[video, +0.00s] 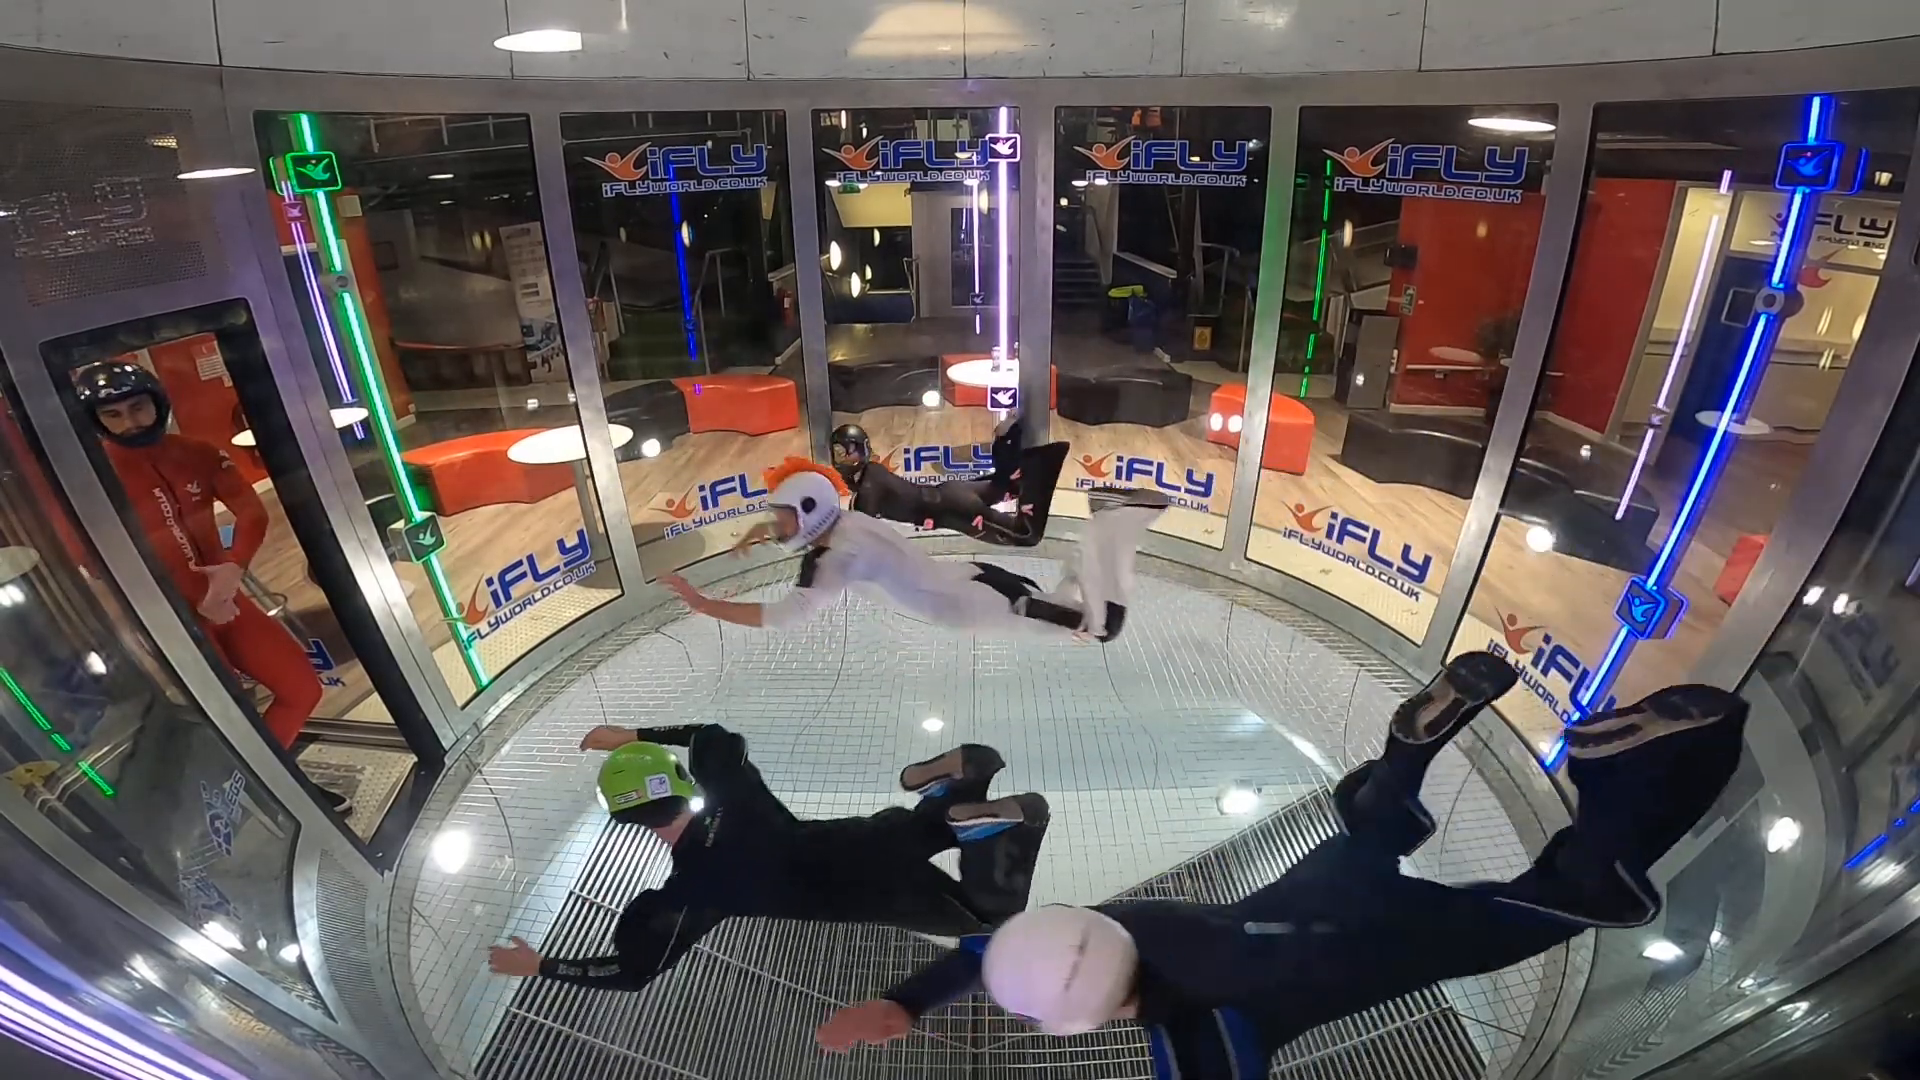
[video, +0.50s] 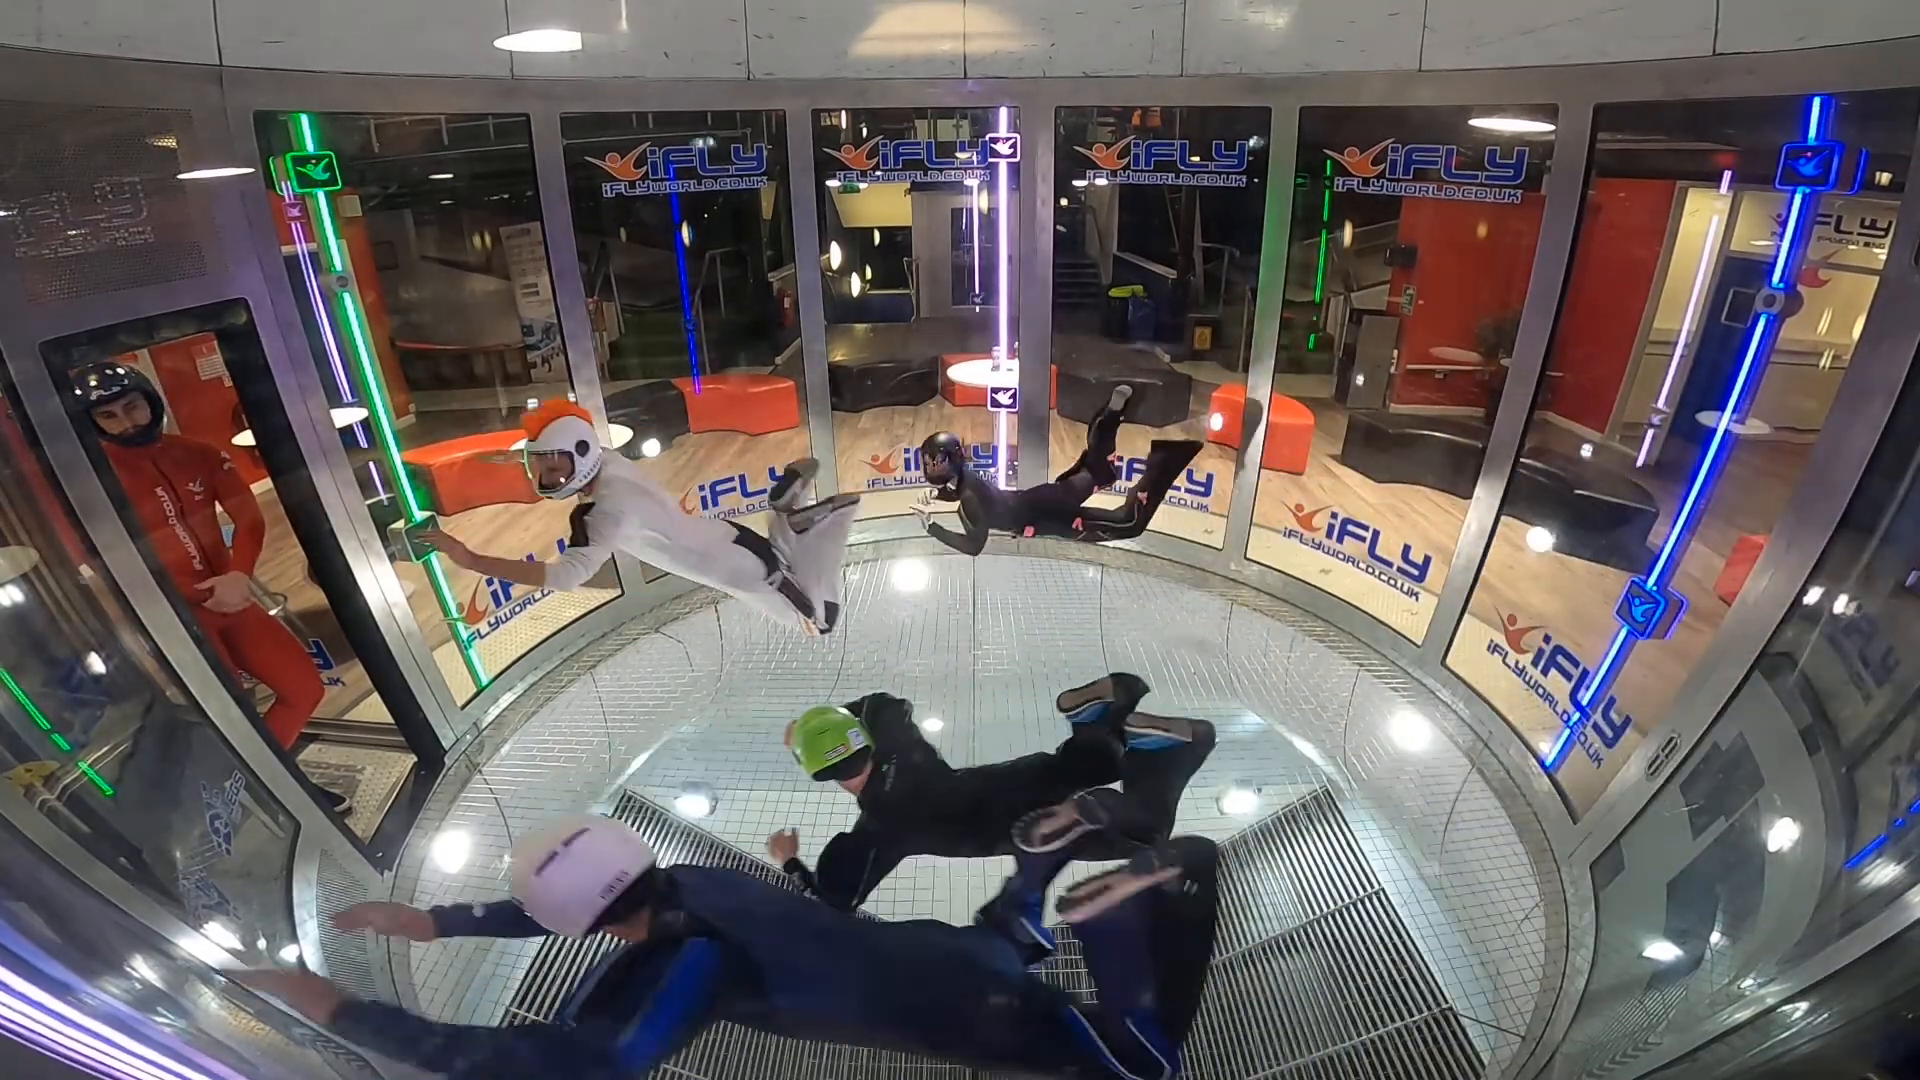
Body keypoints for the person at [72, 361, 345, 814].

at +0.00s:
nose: (130, 423)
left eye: (138, 407)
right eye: (113, 415)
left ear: (154, 402)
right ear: (96, 421)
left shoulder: (197, 455)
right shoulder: (94, 477)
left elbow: (252, 514)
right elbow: (99, 566)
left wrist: (233, 568)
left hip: (224, 602)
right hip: (170, 622)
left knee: (303, 689)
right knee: (233, 714)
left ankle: (243, 780)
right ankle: (294, 791)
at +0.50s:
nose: (126, 423)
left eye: (131, 407)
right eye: (108, 416)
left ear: (148, 402)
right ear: (92, 424)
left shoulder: (200, 456)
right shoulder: (95, 479)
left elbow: (249, 519)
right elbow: (101, 564)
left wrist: (240, 574)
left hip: (230, 603)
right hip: (177, 621)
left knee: (305, 689)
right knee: (237, 712)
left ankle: (242, 781)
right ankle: (295, 792)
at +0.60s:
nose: (126, 422)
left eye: (131, 406)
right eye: (109, 415)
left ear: (148, 400)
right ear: (92, 424)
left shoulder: (199, 455)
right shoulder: (94, 480)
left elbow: (249, 519)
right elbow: (100, 570)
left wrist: (240, 574)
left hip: (231, 603)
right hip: (177, 622)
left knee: (305, 688)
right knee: (236, 712)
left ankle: (241, 781)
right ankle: (294, 793)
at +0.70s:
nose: (128, 422)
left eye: (133, 406)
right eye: (111, 416)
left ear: (150, 399)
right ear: (94, 423)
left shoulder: (199, 455)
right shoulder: (95, 478)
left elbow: (249, 519)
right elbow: (103, 564)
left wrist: (241, 575)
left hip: (230, 603)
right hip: (177, 621)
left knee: (305, 689)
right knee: (235, 711)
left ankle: (240, 783)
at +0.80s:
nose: (129, 423)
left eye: (135, 406)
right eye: (111, 416)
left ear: (151, 401)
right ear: (95, 423)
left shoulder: (197, 455)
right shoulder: (96, 480)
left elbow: (249, 519)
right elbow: (99, 567)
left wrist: (240, 576)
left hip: (230, 602)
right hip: (175, 620)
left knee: (303, 689)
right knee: (232, 717)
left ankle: (255, 778)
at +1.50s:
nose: (120, 425)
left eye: (127, 409)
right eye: (104, 418)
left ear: (145, 404)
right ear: (88, 425)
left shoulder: (198, 455)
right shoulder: (93, 482)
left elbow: (247, 521)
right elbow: (104, 575)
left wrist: (243, 577)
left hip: (234, 604)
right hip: (180, 624)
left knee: (305, 688)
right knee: (237, 717)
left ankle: (240, 784)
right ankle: (294, 794)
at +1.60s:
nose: (123, 423)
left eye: (128, 407)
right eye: (106, 417)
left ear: (145, 401)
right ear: (90, 425)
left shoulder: (198, 455)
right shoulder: (95, 481)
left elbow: (247, 521)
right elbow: (108, 571)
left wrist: (243, 577)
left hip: (234, 604)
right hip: (181, 623)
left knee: (305, 688)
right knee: (237, 715)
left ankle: (243, 784)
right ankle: (295, 795)